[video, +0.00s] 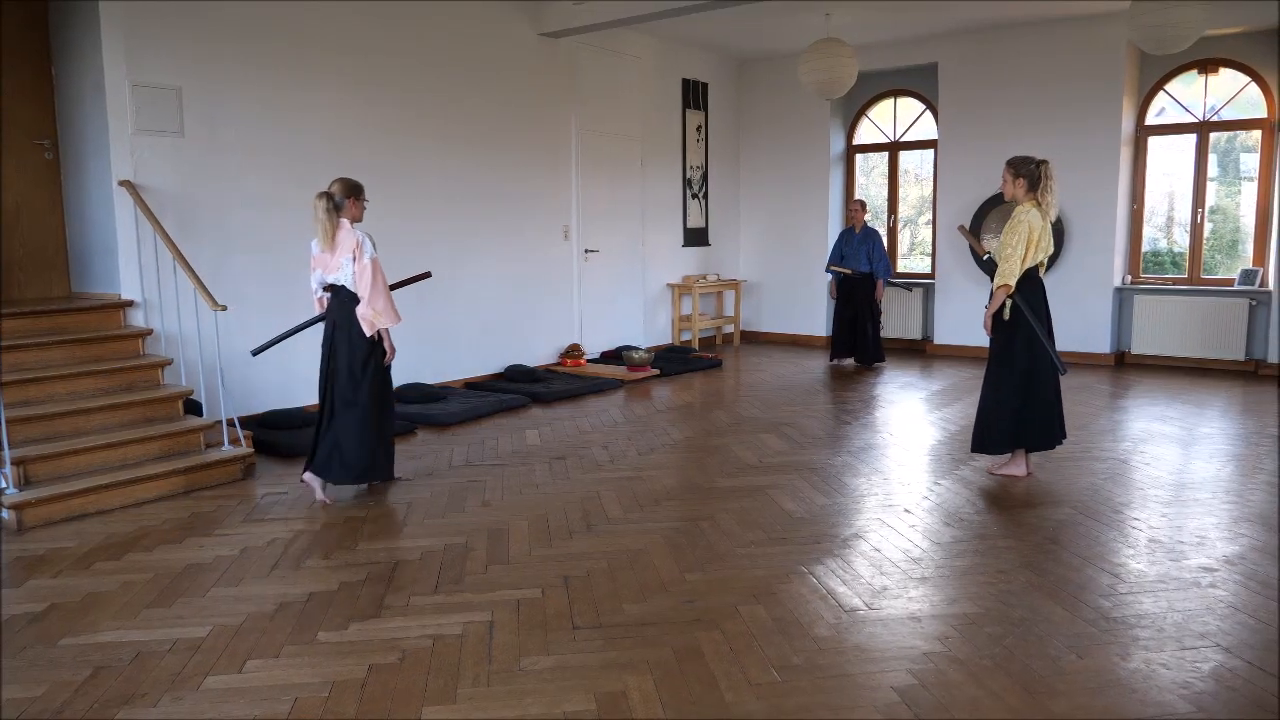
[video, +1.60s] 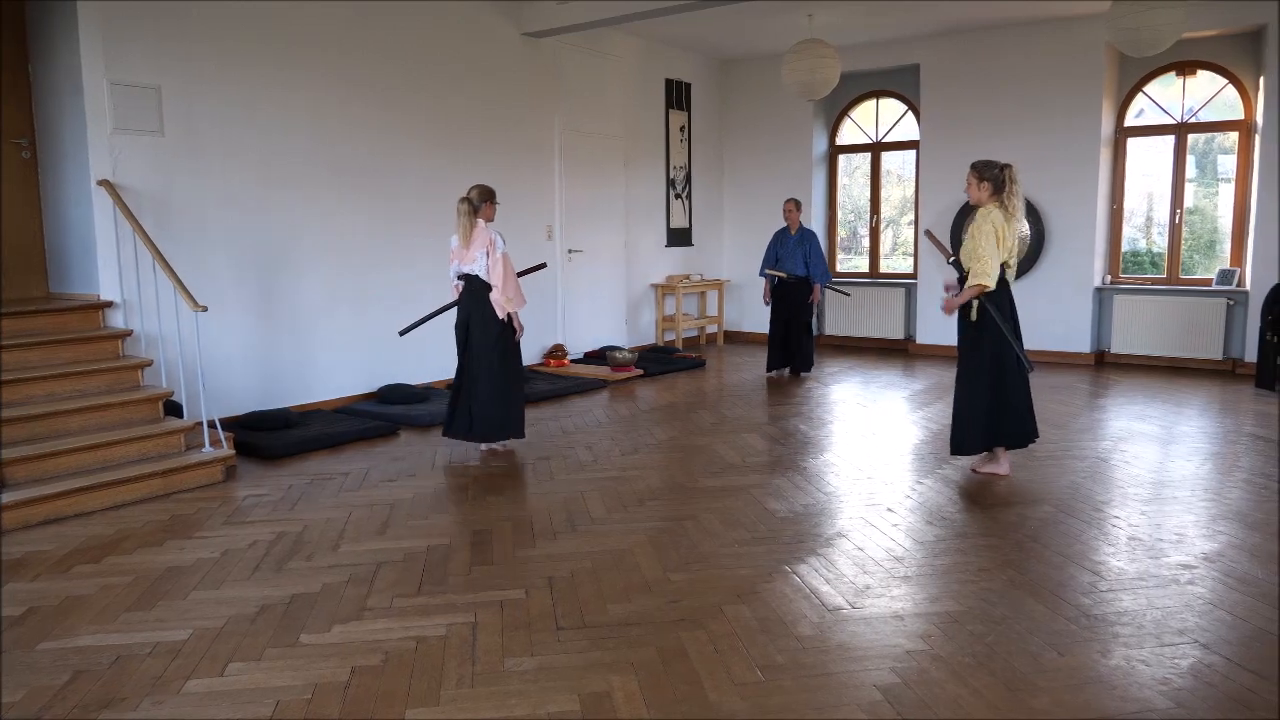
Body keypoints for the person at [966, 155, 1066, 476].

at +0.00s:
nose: (1001, 185)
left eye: (1005, 181)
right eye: (1002, 180)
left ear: (1021, 183)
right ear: (1026, 183)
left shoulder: (1022, 217)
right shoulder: (1038, 215)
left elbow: (1011, 267)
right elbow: (1011, 258)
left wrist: (991, 307)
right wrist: (980, 246)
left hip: (1018, 301)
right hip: (1031, 297)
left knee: (1017, 375)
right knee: (1024, 375)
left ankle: (1019, 458)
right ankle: (1019, 455)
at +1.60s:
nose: (966, 190)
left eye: (969, 184)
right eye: (966, 184)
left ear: (986, 188)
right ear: (990, 188)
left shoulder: (984, 220)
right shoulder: (1004, 216)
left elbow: (984, 275)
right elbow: (998, 266)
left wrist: (958, 300)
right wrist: (963, 282)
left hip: (987, 305)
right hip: (999, 302)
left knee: (994, 376)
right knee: (992, 375)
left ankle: (1001, 458)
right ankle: (994, 450)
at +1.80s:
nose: (945, 195)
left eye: (948, 190)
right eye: (945, 189)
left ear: (963, 191)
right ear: (969, 191)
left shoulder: (965, 220)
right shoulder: (984, 217)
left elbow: (971, 265)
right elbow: (981, 258)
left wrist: (942, 266)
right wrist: (940, 252)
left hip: (966, 303)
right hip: (981, 300)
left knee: (950, 373)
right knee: (985, 375)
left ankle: (997, 459)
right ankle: (949, 443)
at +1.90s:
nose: (930, 200)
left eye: (933, 194)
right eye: (931, 194)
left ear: (949, 196)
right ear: (954, 196)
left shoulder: (951, 226)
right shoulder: (970, 222)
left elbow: (951, 272)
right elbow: (974, 263)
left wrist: (926, 270)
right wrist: (934, 261)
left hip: (955, 306)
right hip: (969, 302)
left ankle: (996, 459)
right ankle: (930, 445)